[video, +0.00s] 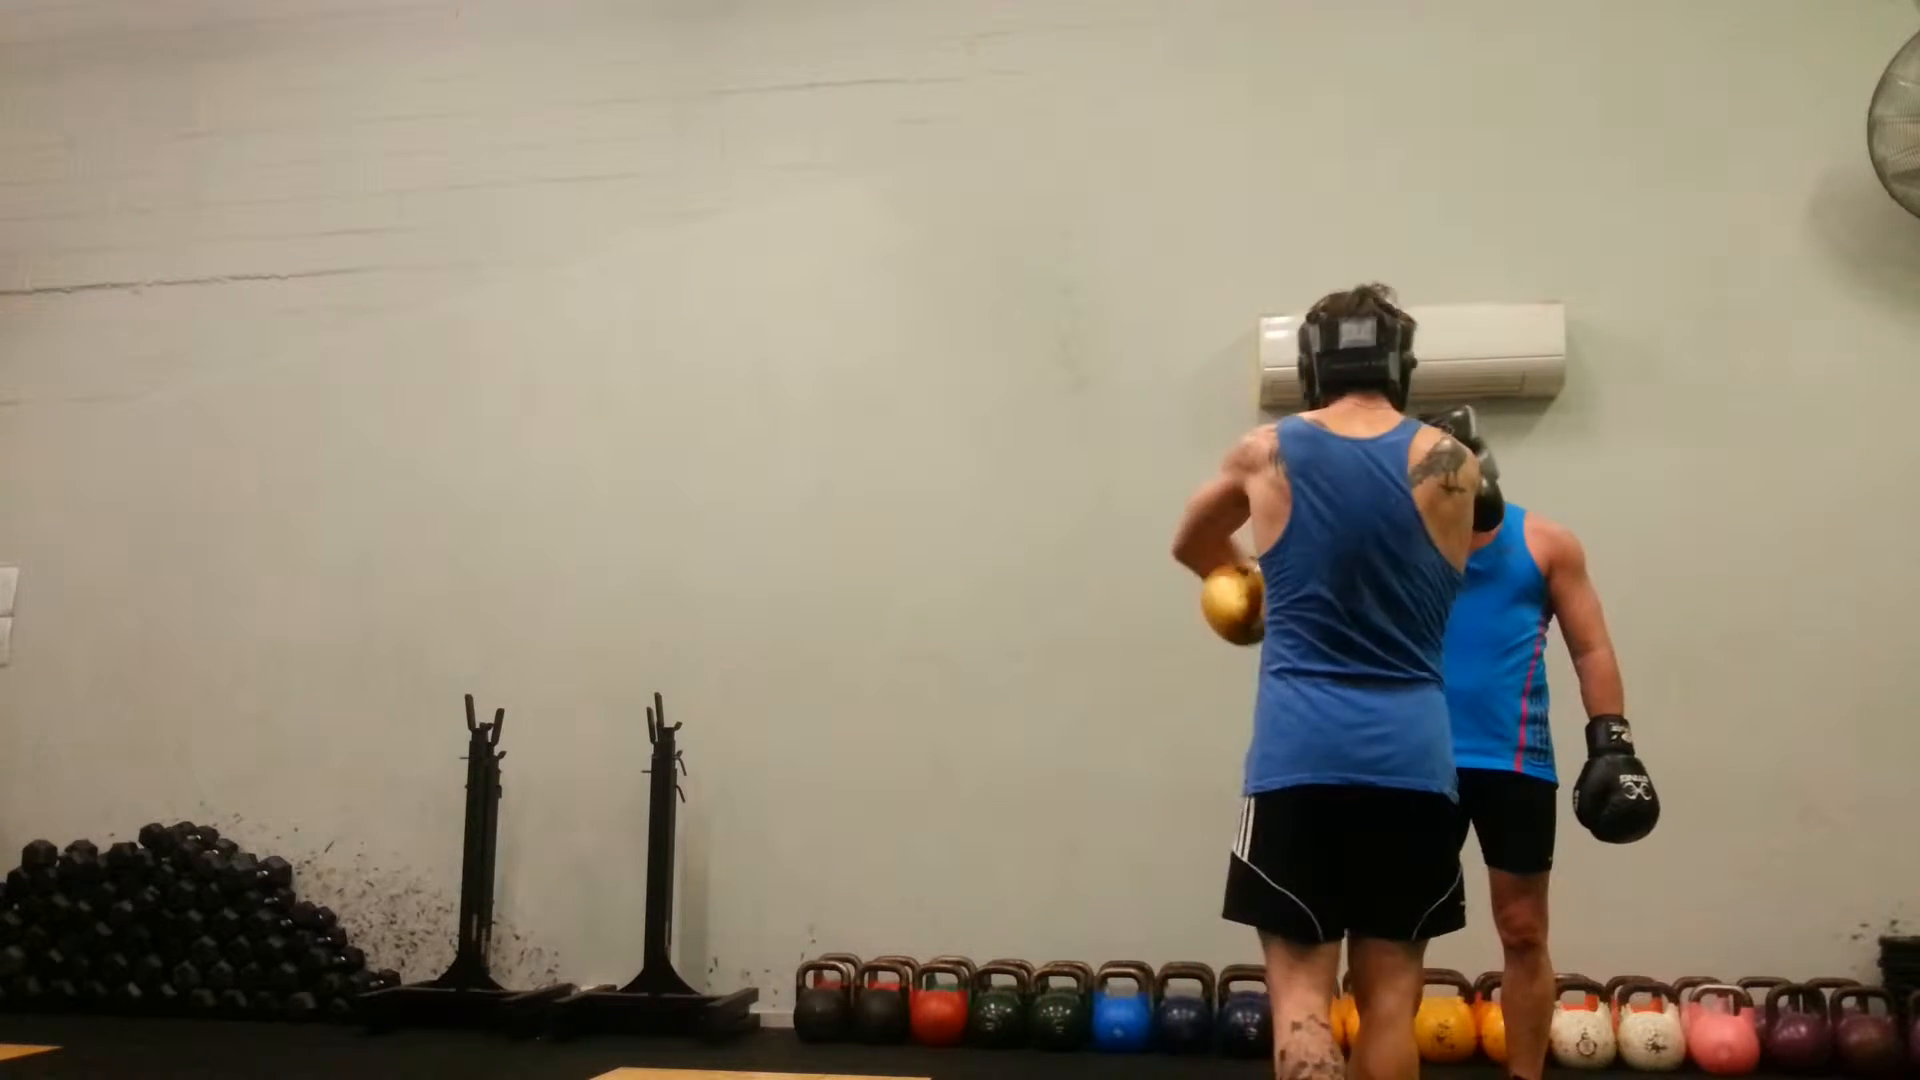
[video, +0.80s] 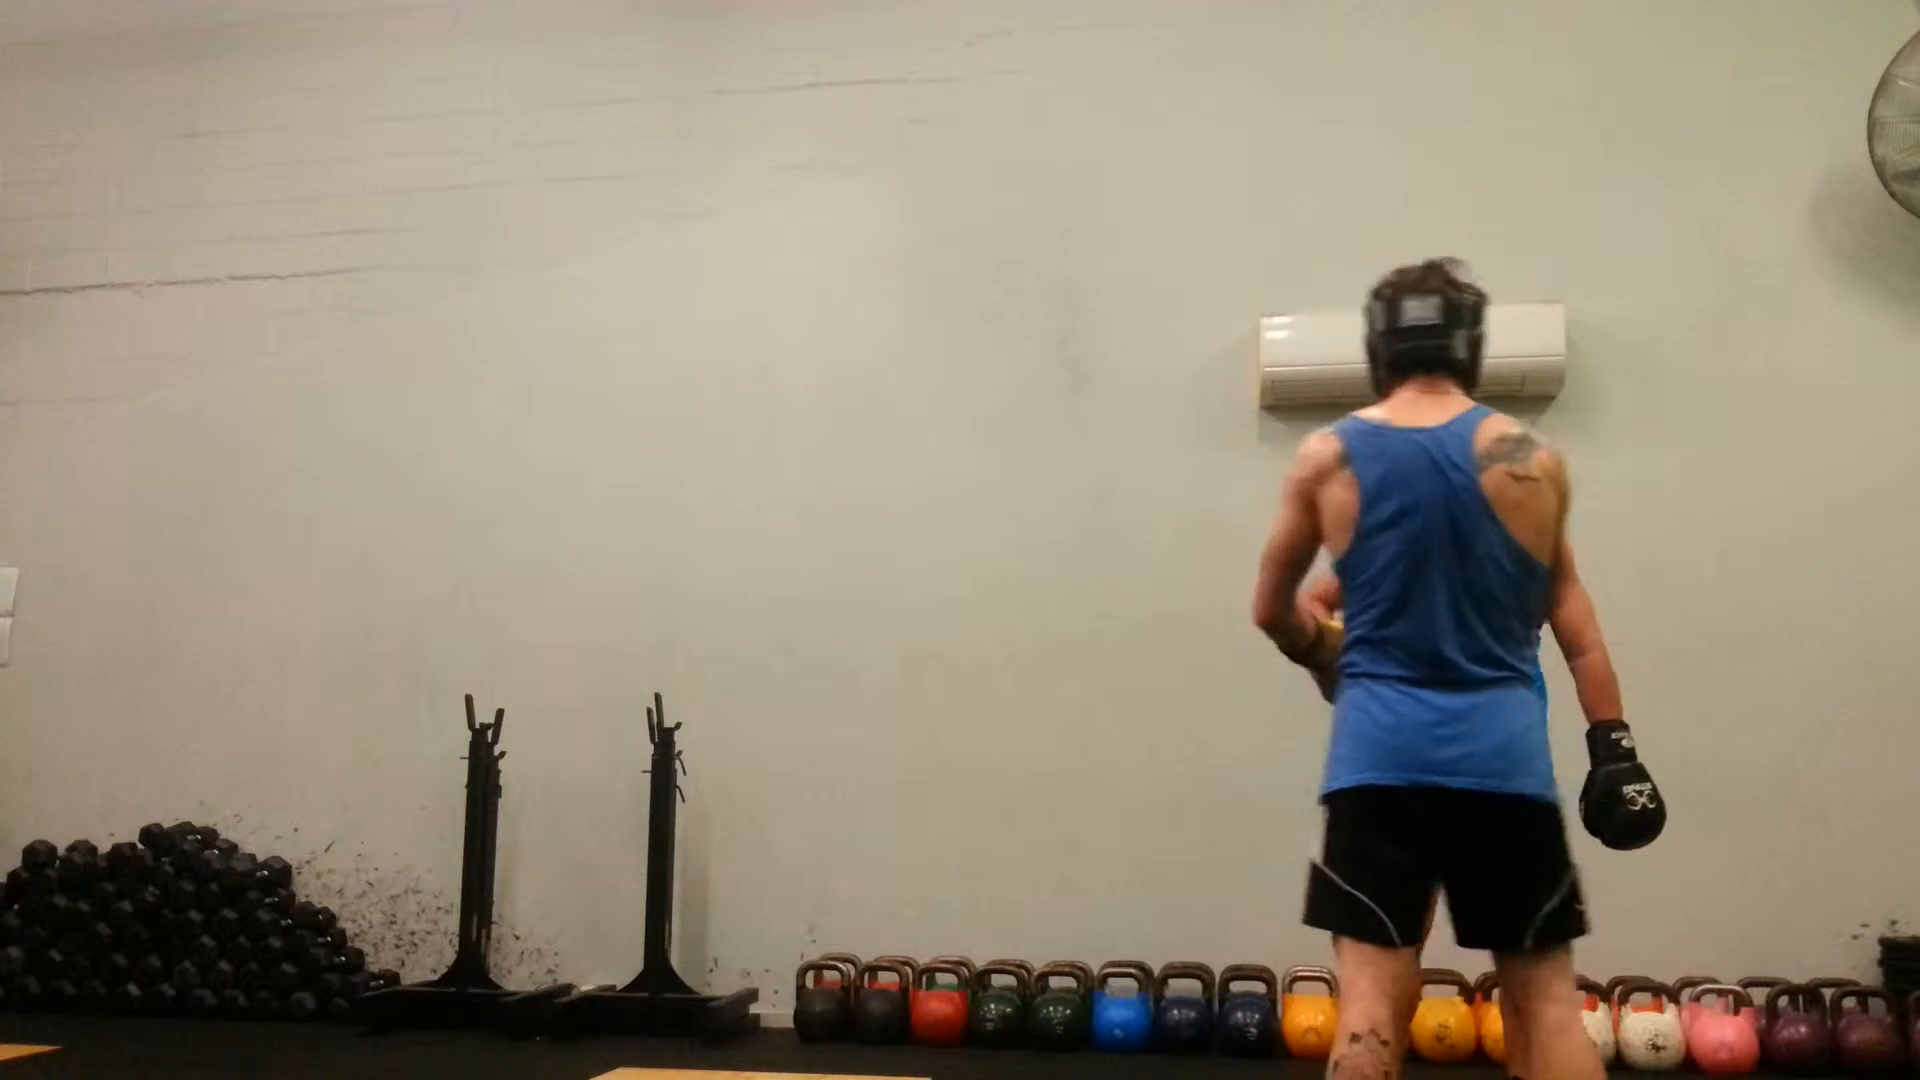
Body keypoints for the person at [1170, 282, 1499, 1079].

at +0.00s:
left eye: (1311, 358)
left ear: (1312, 363)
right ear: (1401, 364)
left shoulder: (1266, 449)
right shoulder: (1453, 462)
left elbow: (1194, 542)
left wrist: (1244, 579)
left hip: (1297, 760)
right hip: (1415, 762)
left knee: (1300, 996)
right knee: (1390, 999)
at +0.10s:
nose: (1292, 373)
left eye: (1293, 362)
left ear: (1301, 366)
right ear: (1393, 364)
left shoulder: (1264, 450)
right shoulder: (1456, 460)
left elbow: (1193, 562)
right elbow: (1446, 567)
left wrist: (1243, 591)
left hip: (1299, 756)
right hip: (1416, 760)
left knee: (1309, 995)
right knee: (1392, 1000)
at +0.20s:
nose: (1272, 383)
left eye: (1274, 371)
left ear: (1289, 368)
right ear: (1375, 361)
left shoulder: (1263, 452)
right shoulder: (1457, 459)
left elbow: (1197, 579)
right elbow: (1464, 612)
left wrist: (1256, 603)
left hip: (1304, 757)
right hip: (1421, 761)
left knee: (1316, 1009)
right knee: (1392, 1004)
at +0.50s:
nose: (1274, 363)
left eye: (1277, 352)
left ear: (1285, 359)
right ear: (1378, 349)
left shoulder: (1256, 457)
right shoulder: (1465, 452)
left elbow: (1238, 605)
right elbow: (1503, 611)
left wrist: (1317, 575)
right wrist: (1411, 594)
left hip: (1323, 752)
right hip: (1446, 753)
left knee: (1342, 1014)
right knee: (1451, 988)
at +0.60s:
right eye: (1402, 333)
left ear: (1307, 351)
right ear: (1403, 344)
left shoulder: (1273, 455)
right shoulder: (1480, 453)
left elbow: (1243, 602)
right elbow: (1510, 612)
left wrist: (1324, 617)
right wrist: (1423, 586)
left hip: (1332, 758)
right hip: (1456, 760)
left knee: (1346, 1012)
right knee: (1491, 988)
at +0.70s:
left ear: (1338, 346)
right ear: (1436, 342)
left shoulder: (1296, 454)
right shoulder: (1504, 458)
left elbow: (1253, 600)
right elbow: (1517, 604)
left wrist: (1310, 642)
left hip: (1351, 761)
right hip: (1482, 768)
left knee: (1356, 1016)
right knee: (1527, 1001)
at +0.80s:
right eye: (1469, 336)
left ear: (1376, 348)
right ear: (1472, 346)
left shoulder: (1328, 457)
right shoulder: (1534, 462)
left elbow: (1277, 612)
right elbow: (1576, 627)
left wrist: (1323, 653)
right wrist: (1615, 751)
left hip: (1378, 768)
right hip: (1505, 772)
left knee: (1368, 1013)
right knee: (1548, 1008)